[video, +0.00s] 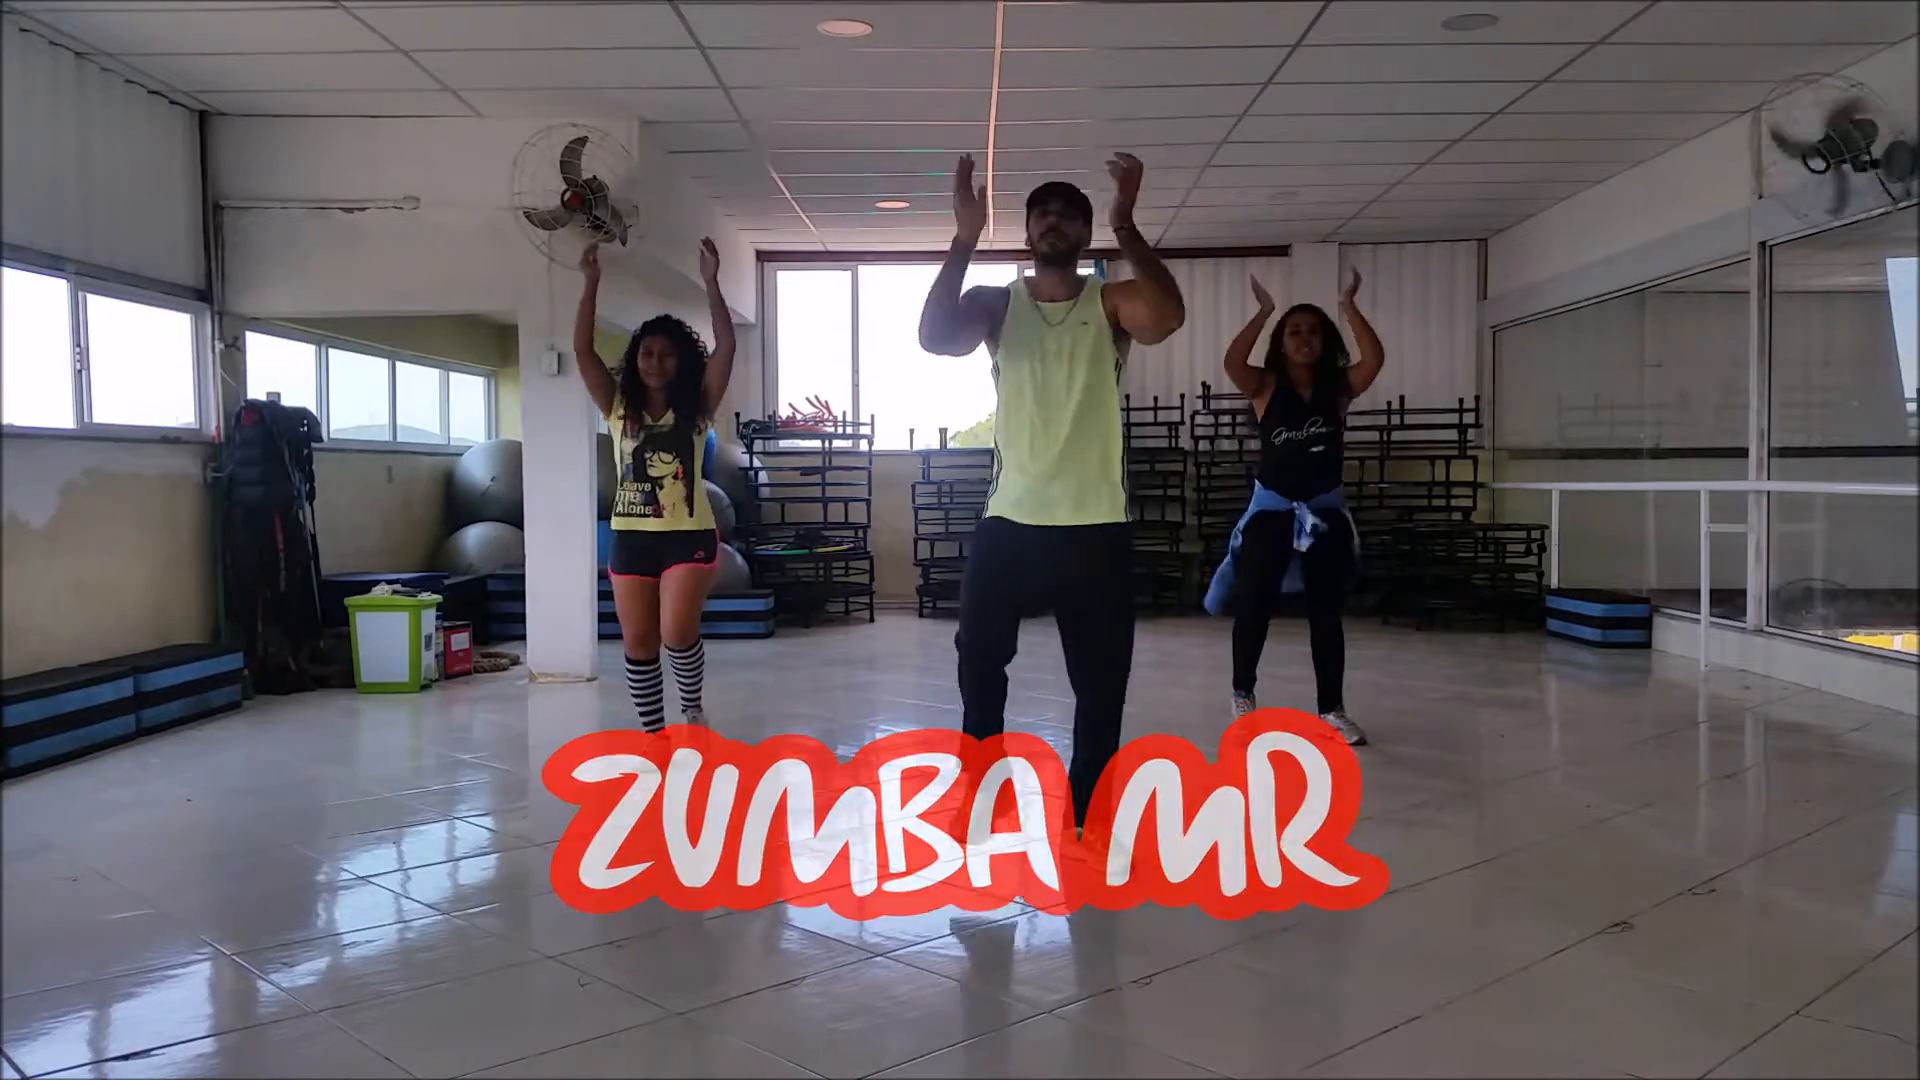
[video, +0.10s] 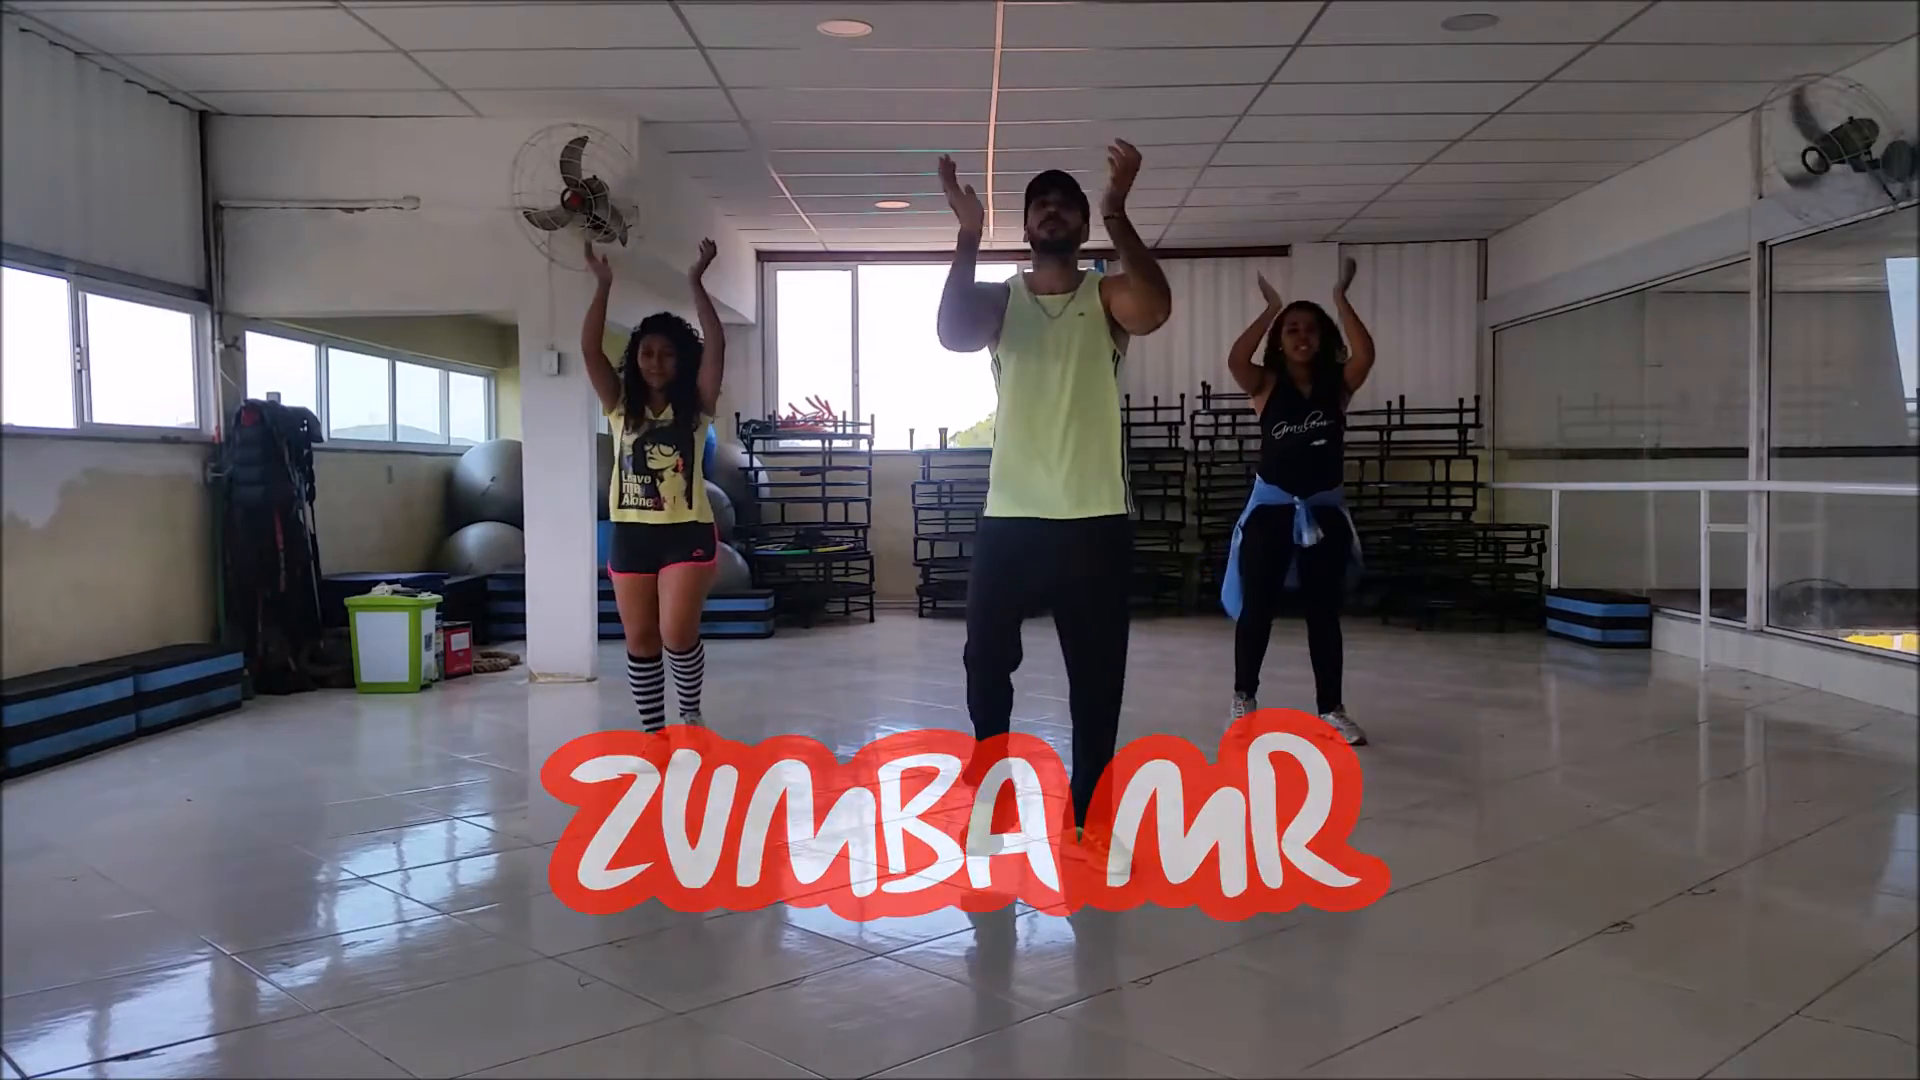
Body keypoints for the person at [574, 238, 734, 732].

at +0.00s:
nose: (655, 362)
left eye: (666, 355)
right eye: (647, 353)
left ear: (682, 363)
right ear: (635, 360)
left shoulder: (697, 407)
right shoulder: (617, 406)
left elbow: (725, 345)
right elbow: (584, 349)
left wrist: (711, 284)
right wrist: (590, 283)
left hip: (688, 541)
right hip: (631, 542)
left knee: (678, 634)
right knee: (638, 644)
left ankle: (692, 720)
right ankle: (654, 739)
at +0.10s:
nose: (656, 362)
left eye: (666, 354)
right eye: (647, 353)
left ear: (682, 362)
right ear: (635, 359)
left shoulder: (696, 405)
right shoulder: (619, 404)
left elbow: (715, 341)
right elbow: (590, 350)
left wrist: (697, 280)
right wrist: (603, 284)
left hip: (686, 536)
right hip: (630, 537)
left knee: (677, 633)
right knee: (639, 639)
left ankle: (690, 725)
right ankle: (653, 736)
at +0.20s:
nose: (656, 363)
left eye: (665, 355)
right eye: (648, 355)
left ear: (681, 360)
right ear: (637, 360)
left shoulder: (697, 405)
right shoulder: (622, 404)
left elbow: (704, 340)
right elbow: (601, 347)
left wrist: (667, 287)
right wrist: (644, 294)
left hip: (687, 536)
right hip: (631, 536)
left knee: (683, 643)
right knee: (641, 643)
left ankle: (685, 739)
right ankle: (654, 741)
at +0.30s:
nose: (658, 362)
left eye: (668, 355)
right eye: (650, 353)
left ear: (685, 359)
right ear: (638, 358)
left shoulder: (700, 406)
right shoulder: (625, 404)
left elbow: (717, 341)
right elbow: (594, 350)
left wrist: (678, 284)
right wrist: (632, 292)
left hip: (690, 540)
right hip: (632, 541)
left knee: (686, 643)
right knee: (637, 643)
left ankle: (685, 737)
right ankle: (652, 737)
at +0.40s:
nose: (661, 360)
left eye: (671, 352)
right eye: (652, 352)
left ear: (688, 358)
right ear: (641, 359)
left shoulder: (705, 405)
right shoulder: (628, 403)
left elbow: (728, 339)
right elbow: (587, 350)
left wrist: (698, 276)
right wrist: (605, 286)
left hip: (694, 539)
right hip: (636, 538)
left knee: (689, 646)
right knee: (625, 643)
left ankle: (686, 740)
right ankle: (649, 733)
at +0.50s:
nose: (662, 361)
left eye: (672, 353)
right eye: (654, 353)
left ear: (689, 360)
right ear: (642, 359)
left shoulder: (705, 406)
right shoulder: (630, 403)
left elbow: (724, 343)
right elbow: (592, 349)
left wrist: (703, 280)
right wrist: (601, 282)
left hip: (694, 539)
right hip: (635, 537)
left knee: (688, 645)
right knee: (622, 638)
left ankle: (685, 738)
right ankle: (646, 722)